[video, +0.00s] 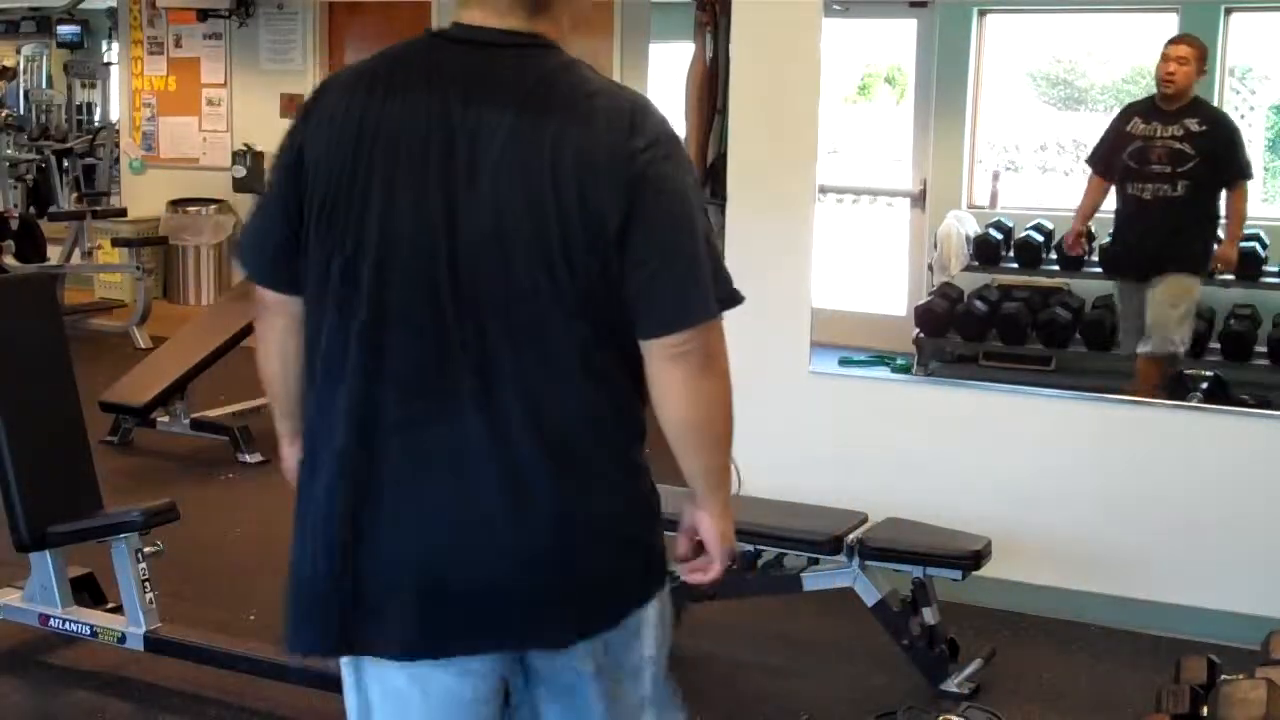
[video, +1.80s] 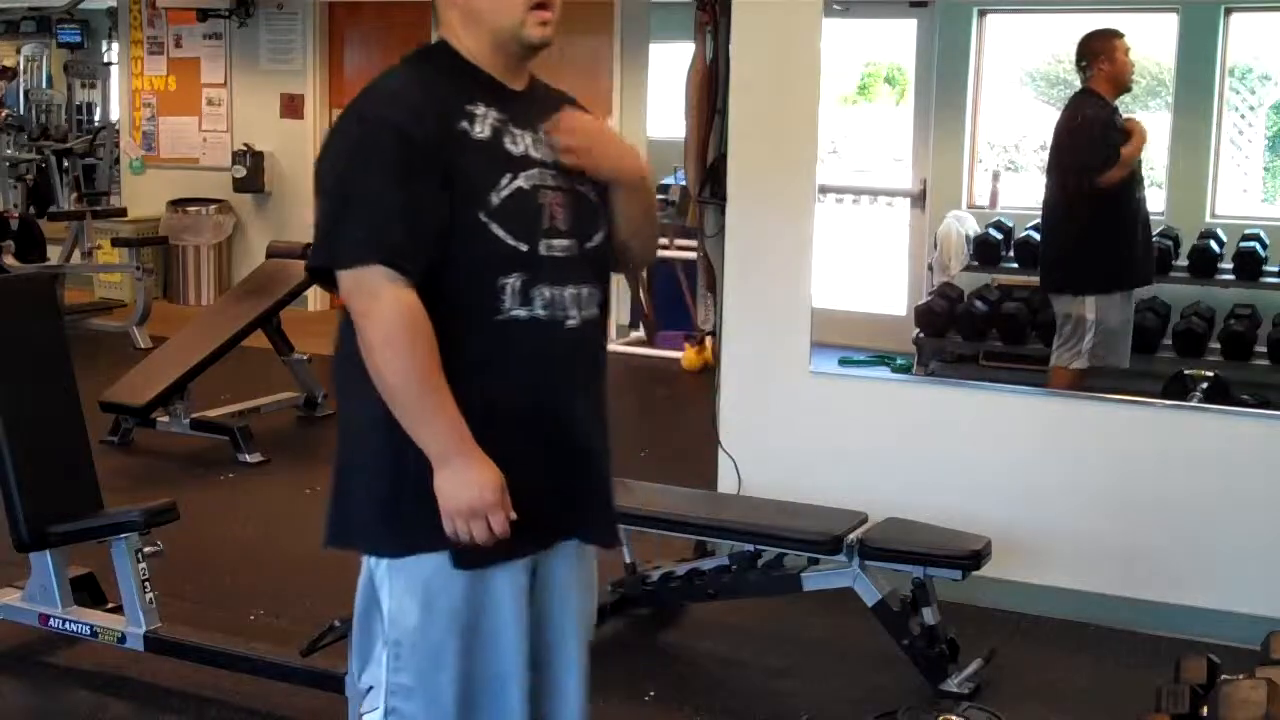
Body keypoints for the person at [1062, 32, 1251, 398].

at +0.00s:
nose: (1169, 67)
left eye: (1181, 62)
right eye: (1165, 59)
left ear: (1199, 73)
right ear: (1157, 65)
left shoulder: (1216, 124)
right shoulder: (1131, 115)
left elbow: (1237, 186)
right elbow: (1102, 174)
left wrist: (1231, 243)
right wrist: (1079, 224)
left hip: (1183, 251)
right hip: (1129, 247)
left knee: (1155, 350)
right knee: (1142, 349)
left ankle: (1134, 437)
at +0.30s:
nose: (1170, 65)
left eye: (1181, 59)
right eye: (1164, 56)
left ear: (1195, 72)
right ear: (1152, 63)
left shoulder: (1210, 127)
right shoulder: (1120, 115)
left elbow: (1226, 193)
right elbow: (1094, 179)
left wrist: (1221, 251)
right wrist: (1078, 235)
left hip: (1169, 257)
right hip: (1111, 249)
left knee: (1142, 362)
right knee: (1082, 333)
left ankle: (1131, 447)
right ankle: (1129, 390)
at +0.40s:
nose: (1168, 64)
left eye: (1179, 58)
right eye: (1162, 54)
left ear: (1192, 70)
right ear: (1149, 61)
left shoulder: (1208, 126)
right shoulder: (1116, 113)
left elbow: (1223, 192)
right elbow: (1087, 177)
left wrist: (1221, 249)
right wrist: (1070, 231)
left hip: (1165, 259)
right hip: (1102, 252)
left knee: (1144, 367)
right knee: (1069, 352)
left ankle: (1133, 447)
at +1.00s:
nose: (1147, 66)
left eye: (1151, 59)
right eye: (1137, 57)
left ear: (1155, 65)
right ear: (1110, 62)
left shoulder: (1147, 118)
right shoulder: (1083, 116)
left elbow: (1161, 178)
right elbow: (1055, 183)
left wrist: (1173, 226)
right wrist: (1061, 248)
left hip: (1138, 260)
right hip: (1088, 260)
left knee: (1133, 367)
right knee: (1063, 364)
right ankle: (1052, 444)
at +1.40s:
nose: (1136, 63)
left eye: (1133, 54)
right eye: (1130, 54)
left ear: (1105, 63)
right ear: (1106, 62)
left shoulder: (1101, 110)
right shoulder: (1089, 111)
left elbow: (1093, 185)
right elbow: (1084, 184)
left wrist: (1125, 239)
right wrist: (1120, 241)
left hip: (1101, 265)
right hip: (1084, 265)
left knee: (1084, 371)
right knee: (1065, 372)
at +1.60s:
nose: (1132, 63)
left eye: (1129, 54)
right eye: (1125, 54)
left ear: (1101, 62)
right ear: (1102, 61)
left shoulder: (1101, 109)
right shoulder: (1087, 109)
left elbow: (1100, 179)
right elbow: (1086, 181)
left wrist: (1145, 201)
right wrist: (1149, 201)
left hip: (1103, 266)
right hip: (1087, 267)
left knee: (1086, 369)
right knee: (1066, 368)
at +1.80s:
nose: (1133, 63)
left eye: (1130, 55)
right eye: (1126, 55)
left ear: (1101, 65)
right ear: (1102, 64)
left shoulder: (1097, 111)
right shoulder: (1089, 113)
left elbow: (1100, 175)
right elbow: (1101, 177)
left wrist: (1128, 138)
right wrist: (1137, 142)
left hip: (1101, 266)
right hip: (1088, 268)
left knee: (1082, 366)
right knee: (1074, 367)